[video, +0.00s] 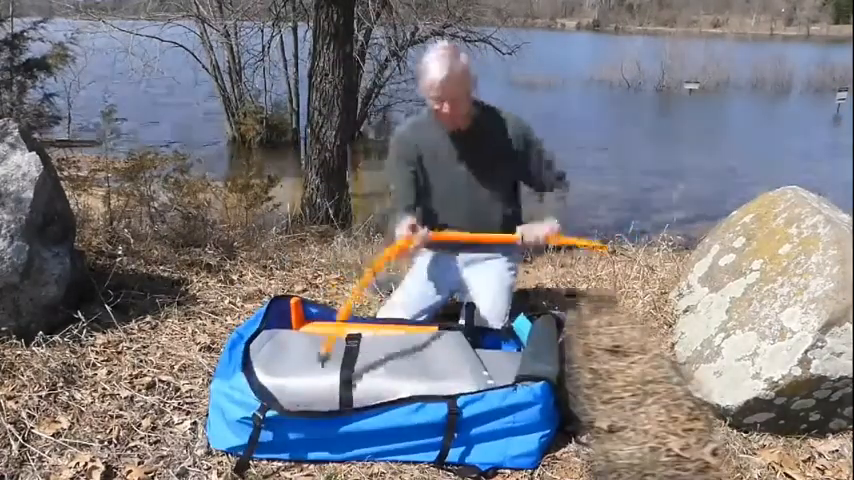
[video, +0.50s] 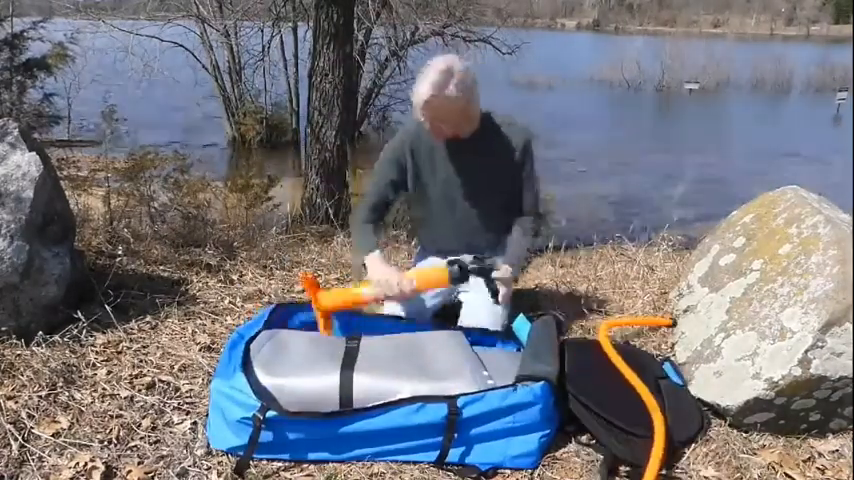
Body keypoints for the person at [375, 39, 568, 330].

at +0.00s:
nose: (445, 110)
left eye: (453, 100)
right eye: (437, 101)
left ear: (472, 89)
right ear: (425, 95)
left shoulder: (507, 131)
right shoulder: (410, 137)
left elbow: (554, 185)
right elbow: (402, 209)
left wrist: (548, 222)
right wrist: (407, 229)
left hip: (492, 259)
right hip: (435, 257)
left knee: (487, 336)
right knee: (387, 330)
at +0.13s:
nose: (474, 107)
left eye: (480, 97)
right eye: (463, 98)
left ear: (487, 88)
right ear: (438, 87)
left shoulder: (508, 127)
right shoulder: (413, 134)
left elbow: (546, 184)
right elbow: (412, 199)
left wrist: (570, 228)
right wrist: (444, 215)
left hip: (495, 254)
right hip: (438, 252)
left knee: (485, 336)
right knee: (388, 326)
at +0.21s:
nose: (478, 113)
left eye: (483, 102)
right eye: (466, 104)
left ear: (489, 91)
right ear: (438, 91)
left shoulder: (509, 130)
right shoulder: (414, 135)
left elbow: (546, 189)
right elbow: (414, 219)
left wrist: (579, 237)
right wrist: (465, 231)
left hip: (494, 258)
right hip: (437, 257)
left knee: (484, 344)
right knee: (385, 331)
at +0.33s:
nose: (455, 137)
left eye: (465, 128)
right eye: (448, 127)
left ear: (485, 111)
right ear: (434, 111)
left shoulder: (515, 146)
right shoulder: (413, 143)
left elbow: (565, 209)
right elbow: (372, 215)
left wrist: (597, 279)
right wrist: (368, 288)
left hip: (493, 262)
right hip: (435, 259)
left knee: (486, 340)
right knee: (392, 332)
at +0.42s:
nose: (443, 140)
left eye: (452, 132)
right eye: (435, 131)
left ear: (479, 114)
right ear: (424, 114)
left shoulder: (516, 145)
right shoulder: (411, 144)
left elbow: (545, 216)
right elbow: (370, 220)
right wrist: (370, 297)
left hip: (493, 260)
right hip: (434, 260)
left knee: (484, 336)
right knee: (389, 335)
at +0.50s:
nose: (435, 131)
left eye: (442, 122)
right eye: (427, 121)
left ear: (468, 108)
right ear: (420, 111)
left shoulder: (513, 142)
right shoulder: (410, 142)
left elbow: (527, 218)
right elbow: (364, 216)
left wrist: (509, 267)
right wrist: (376, 266)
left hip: (489, 264)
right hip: (433, 262)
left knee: (481, 331)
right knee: (393, 320)